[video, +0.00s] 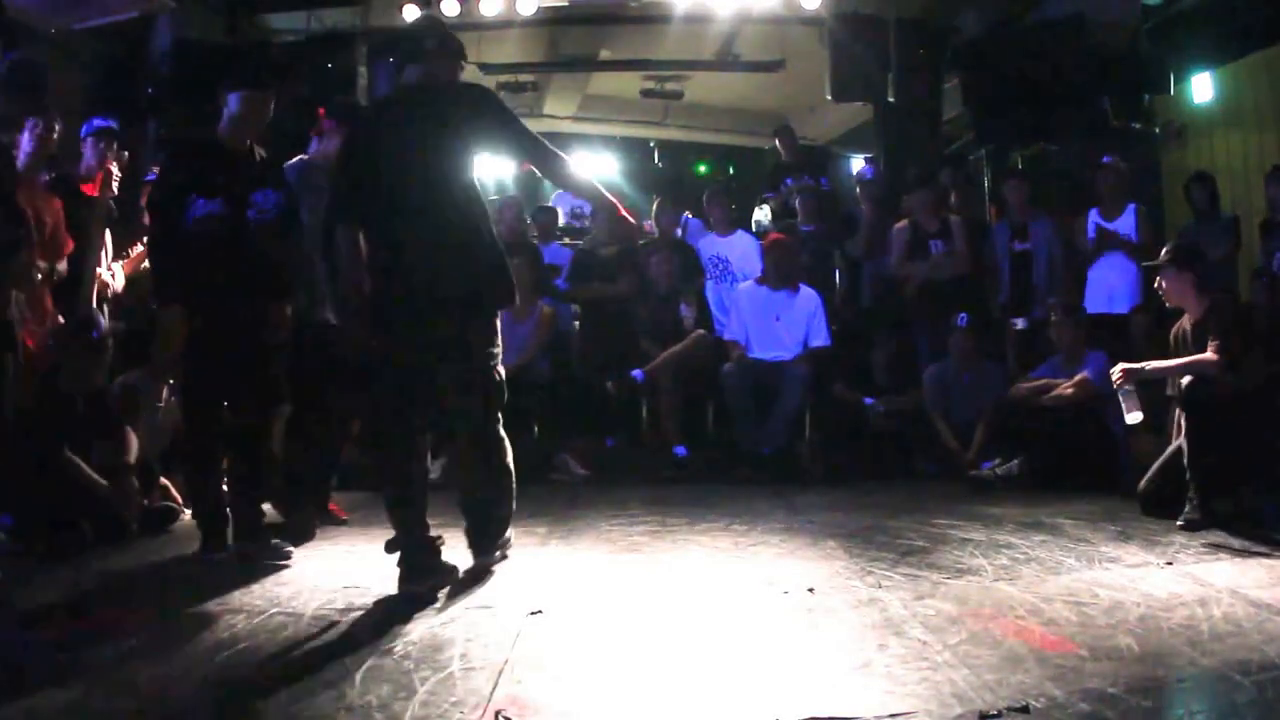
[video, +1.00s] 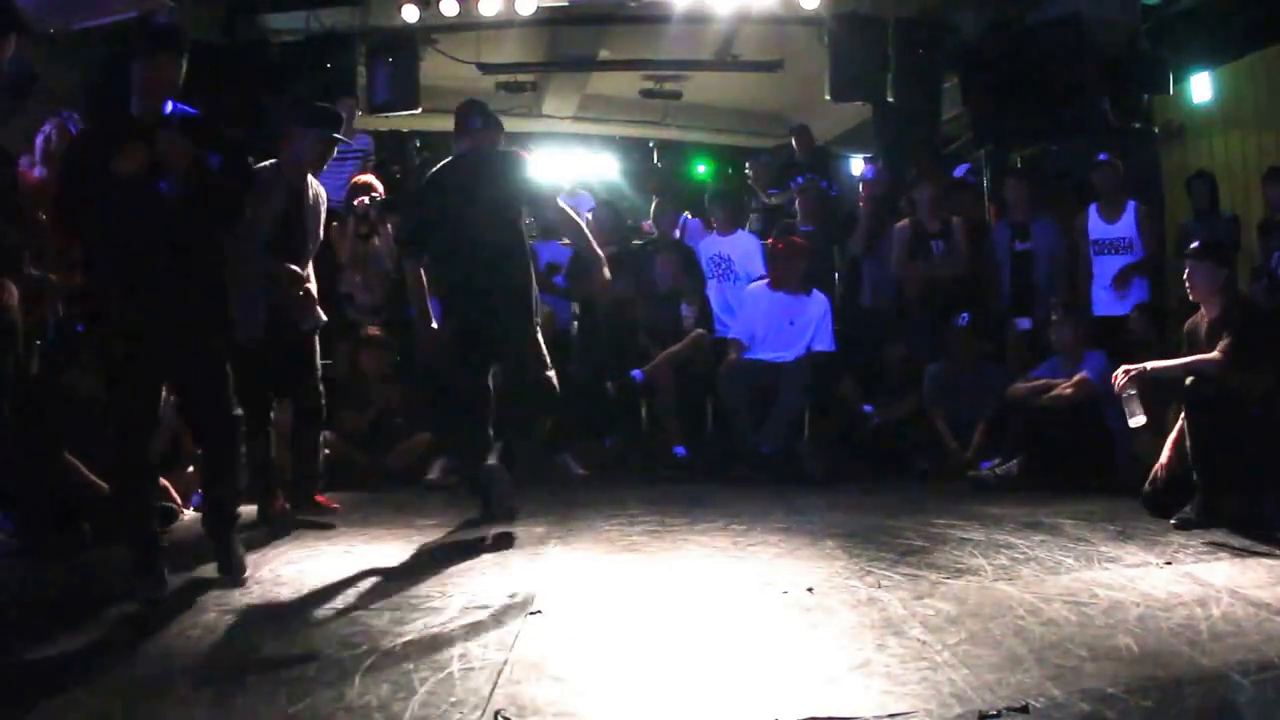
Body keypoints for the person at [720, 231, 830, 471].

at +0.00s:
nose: (778, 267)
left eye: (784, 260)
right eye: (773, 260)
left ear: (793, 263)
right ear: (765, 262)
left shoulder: (809, 297)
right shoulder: (744, 293)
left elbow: (820, 346)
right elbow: (733, 338)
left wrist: (799, 361)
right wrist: (738, 354)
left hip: (787, 361)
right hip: (754, 361)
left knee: (799, 376)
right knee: (731, 374)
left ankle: (773, 446)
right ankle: (749, 446)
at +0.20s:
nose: (774, 264)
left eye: (781, 258)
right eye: (771, 258)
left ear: (793, 262)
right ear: (764, 260)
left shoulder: (810, 298)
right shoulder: (746, 292)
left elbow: (821, 346)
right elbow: (734, 338)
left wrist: (801, 362)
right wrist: (739, 356)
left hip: (789, 362)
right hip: (755, 362)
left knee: (799, 377)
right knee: (730, 375)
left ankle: (772, 449)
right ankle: (750, 449)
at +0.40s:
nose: (777, 265)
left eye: (784, 259)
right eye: (774, 259)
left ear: (796, 262)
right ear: (767, 261)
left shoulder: (812, 299)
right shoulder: (748, 292)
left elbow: (821, 347)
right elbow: (734, 338)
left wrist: (800, 361)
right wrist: (739, 356)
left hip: (789, 362)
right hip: (756, 362)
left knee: (799, 378)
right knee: (730, 375)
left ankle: (772, 448)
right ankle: (748, 447)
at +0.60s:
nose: (788, 266)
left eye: (793, 260)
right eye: (783, 259)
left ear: (801, 264)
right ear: (772, 261)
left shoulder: (814, 301)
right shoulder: (751, 293)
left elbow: (821, 350)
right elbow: (738, 341)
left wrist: (800, 363)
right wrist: (728, 363)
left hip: (789, 363)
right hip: (755, 363)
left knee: (798, 376)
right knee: (729, 374)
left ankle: (771, 448)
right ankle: (747, 446)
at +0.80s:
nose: (792, 268)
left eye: (797, 262)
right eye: (786, 261)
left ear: (804, 265)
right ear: (774, 263)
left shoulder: (816, 301)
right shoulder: (753, 293)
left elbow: (821, 351)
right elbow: (739, 338)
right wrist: (733, 355)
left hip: (790, 364)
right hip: (755, 363)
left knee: (800, 372)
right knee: (730, 371)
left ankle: (774, 449)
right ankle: (745, 448)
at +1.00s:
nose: (781, 267)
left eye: (787, 261)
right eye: (778, 260)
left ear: (801, 265)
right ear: (771, 263)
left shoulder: (818, 302)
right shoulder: (754, 292)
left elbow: (822, 351)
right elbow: (739, 337)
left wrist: (803, 362)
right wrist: (733, 355)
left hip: (791, 364)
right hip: (755, 363)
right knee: (730, 374)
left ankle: (770, 448)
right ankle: (745, 447)